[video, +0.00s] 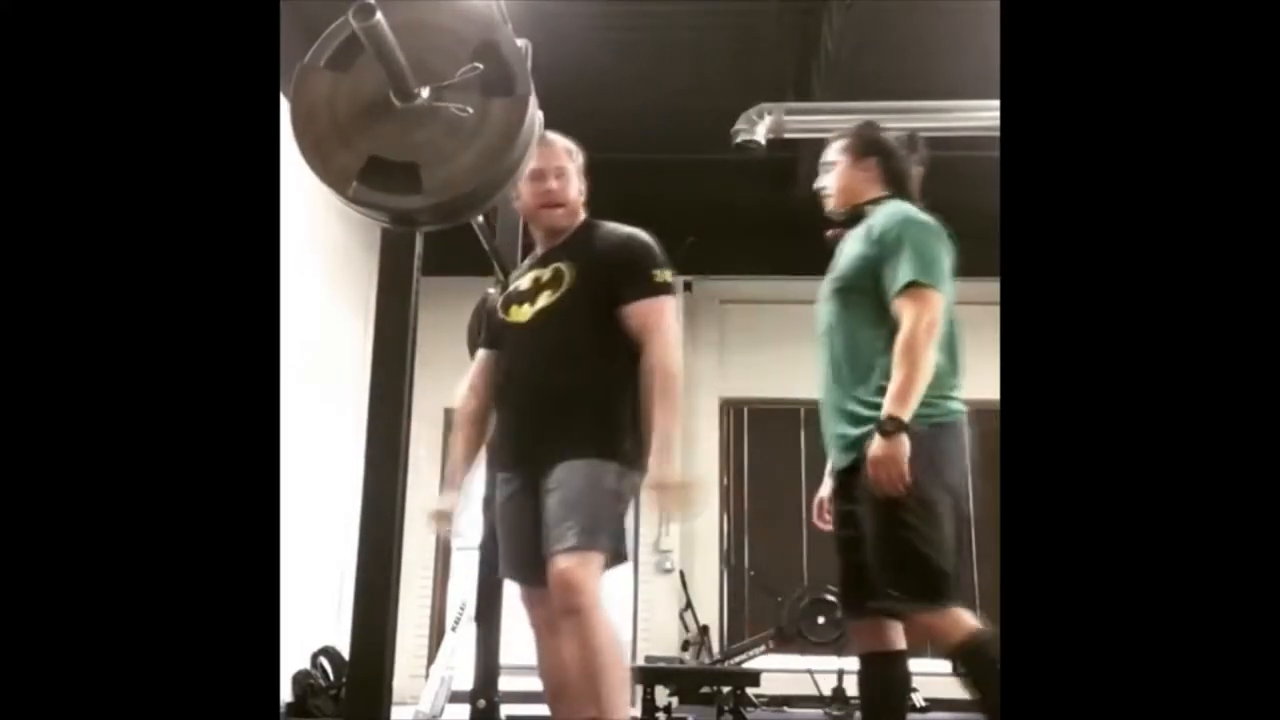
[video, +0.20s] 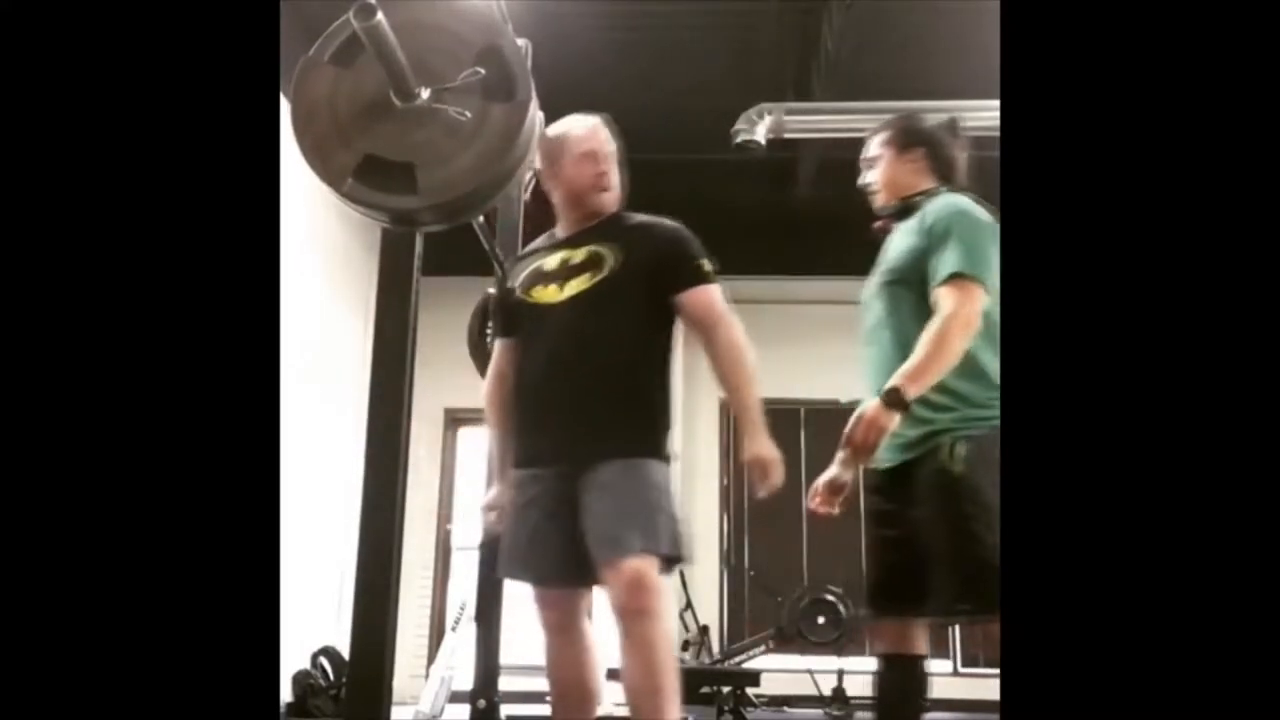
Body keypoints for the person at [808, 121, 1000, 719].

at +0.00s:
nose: (821, 180)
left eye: (831, 167)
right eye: (822, 169)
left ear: (869, 168)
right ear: (861, 173)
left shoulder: (905, 225)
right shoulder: (857, 243)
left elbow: (921, 322)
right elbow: (856, 366)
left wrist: (892, 426)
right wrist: (837, 467)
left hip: (914, 439)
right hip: (864, 448)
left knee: (927, 610)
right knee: (869, 615)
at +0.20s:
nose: (864, 177)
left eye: (874, 161)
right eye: (863, 165)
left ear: (916, 159)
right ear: (908, 164)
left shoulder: (955, 215)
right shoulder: (902, 239)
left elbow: (959, 312)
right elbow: (891, 370)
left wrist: (891, 400)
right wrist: (849, 463)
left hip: (961, 446)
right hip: (897, 456)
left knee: (989, 623)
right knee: (895, 626)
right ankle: (896, 719)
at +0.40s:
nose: (907, 164)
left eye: (918, 147)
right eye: (907, 151)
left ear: (962, 145)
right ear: (951, 151)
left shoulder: (990, 204)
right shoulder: (943, 231)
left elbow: (1002, 313)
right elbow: (927, 369)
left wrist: (954, 400)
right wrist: (894, 458)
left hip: (984, 447)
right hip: (937, 455)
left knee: (993, 623)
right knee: (934, 623)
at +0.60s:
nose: (946, 152)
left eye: (960, 137)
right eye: (946, 140)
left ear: (998, 141)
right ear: (967, 151)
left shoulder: (992, 223)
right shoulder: (969, 235)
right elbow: (962, 361)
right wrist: (929, 448)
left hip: (992, 450)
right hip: (959, 454)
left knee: (973, 614)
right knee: (949, 611)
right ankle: (989, 708)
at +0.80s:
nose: (981, 150)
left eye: (992, 136)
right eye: (974, 142)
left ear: (1010, 147)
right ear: (970, 158)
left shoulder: (986, 254)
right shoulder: (977, 258)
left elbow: (969, 366)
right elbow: (968, 367)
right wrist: (938, 451)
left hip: (993, 459)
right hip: (985, 461)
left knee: (996, 614)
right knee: (994, 614)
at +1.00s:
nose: (997, 154)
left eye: (997, 143)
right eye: (996, 144)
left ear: (996, 156)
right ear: (990, 157)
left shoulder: (989, 268)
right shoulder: (990, 269)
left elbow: (979, 367)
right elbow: (981, 367)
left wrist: (938, 457)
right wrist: (938, 455)